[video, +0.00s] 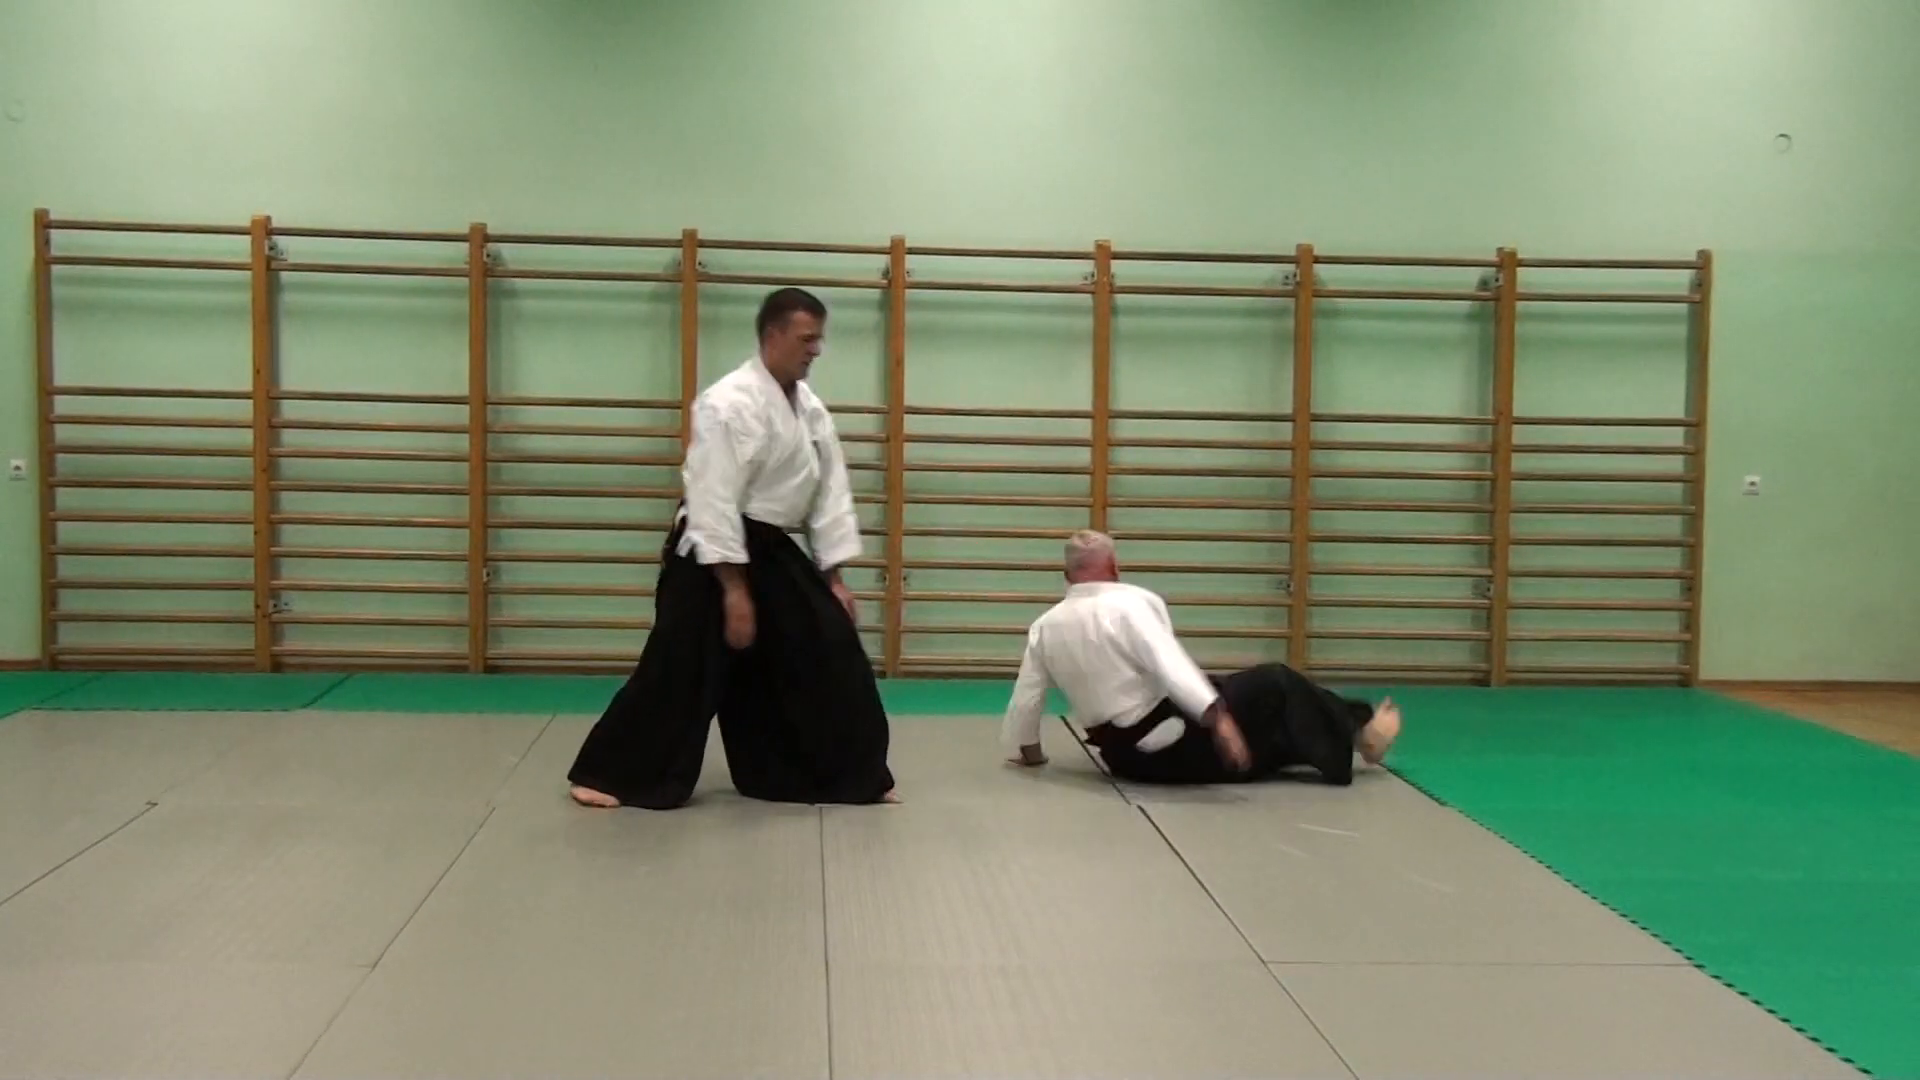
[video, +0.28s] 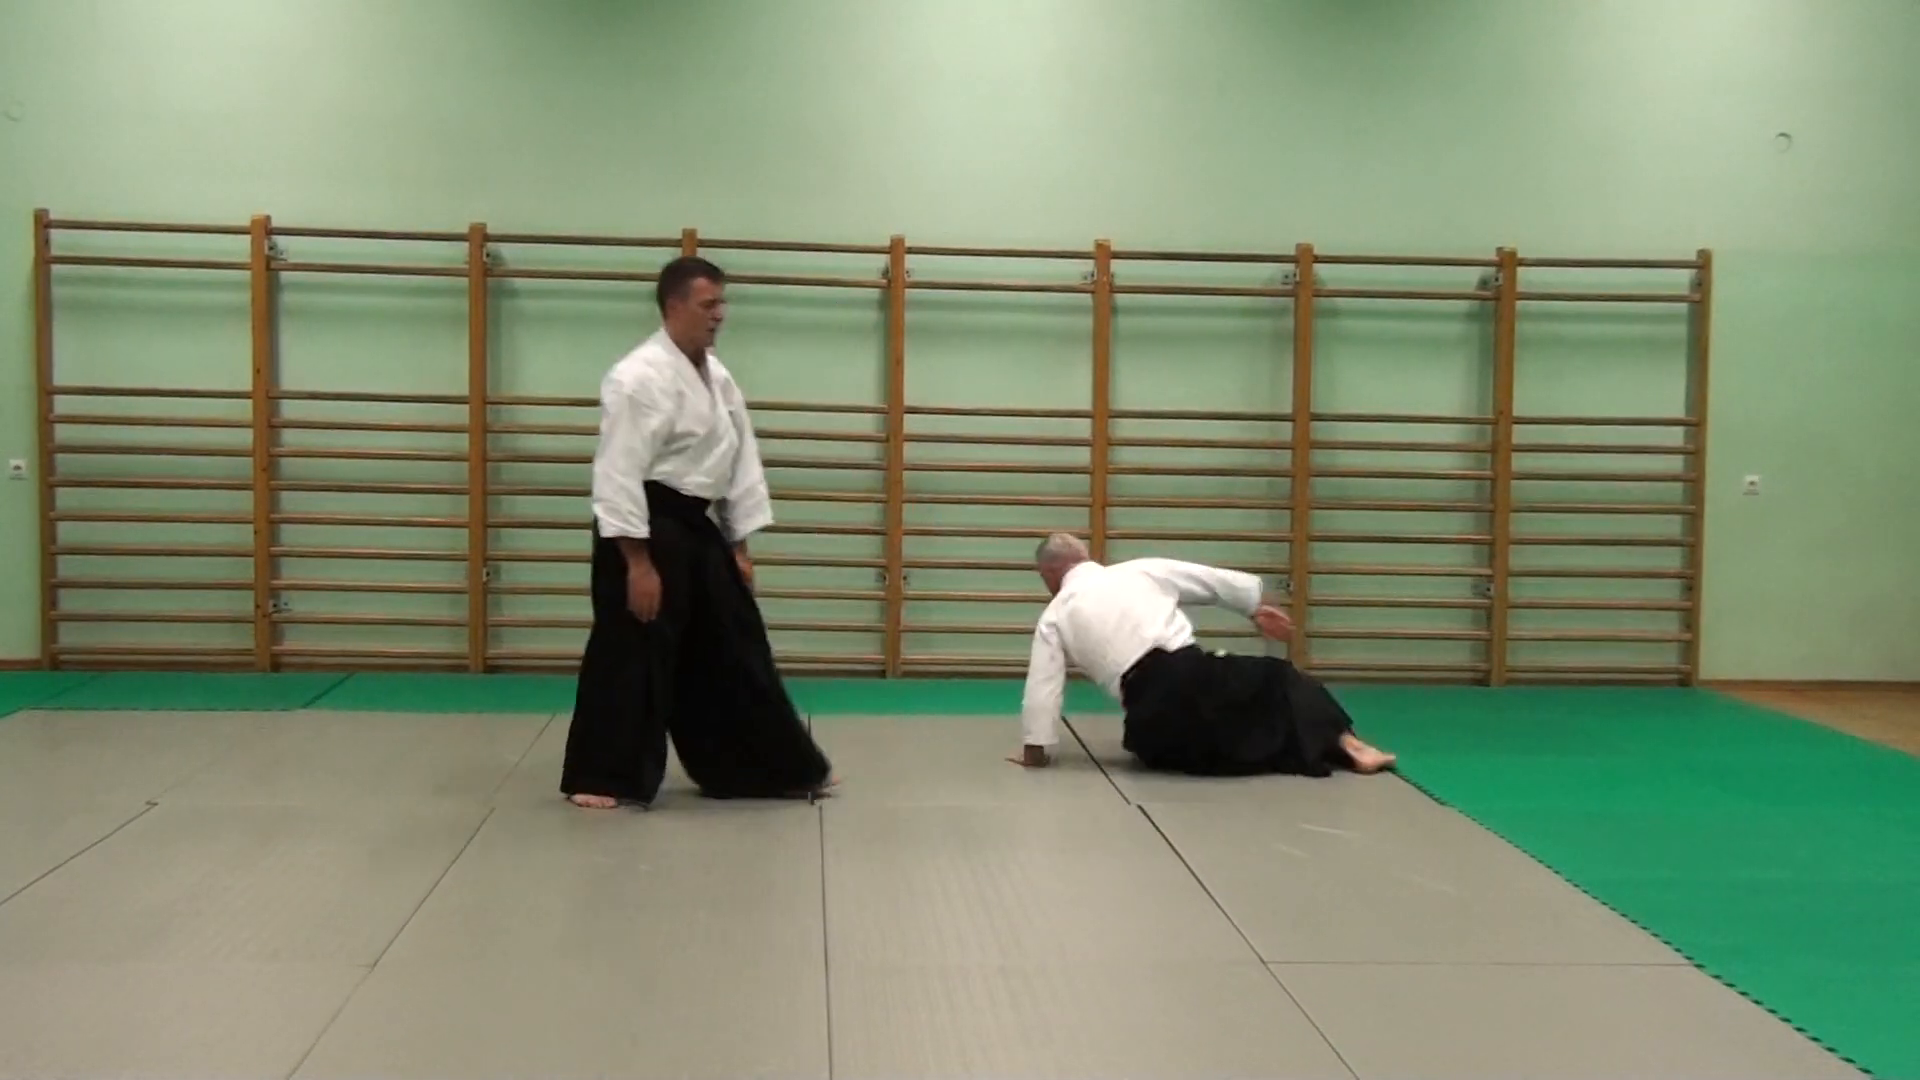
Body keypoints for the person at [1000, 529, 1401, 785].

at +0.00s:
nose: (1119, 569)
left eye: (1114, 564)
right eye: (1116, 563)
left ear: (1067, 574)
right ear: (1110, 567)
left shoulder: (1044, 628)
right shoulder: (1130, 603)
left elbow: (1024, 703)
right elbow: (1168, 664)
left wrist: (1026, 752)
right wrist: (1219, 717)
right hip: (1169, 739)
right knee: (1272, 681)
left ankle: (1354, 730)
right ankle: (1359, 733)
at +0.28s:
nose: (1047, 589)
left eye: (1045, 581)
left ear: (1050, 578)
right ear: (1088, 556)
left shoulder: (1055, 617)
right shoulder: (1136, 571)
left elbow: (1041, 691)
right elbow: (1212, 579)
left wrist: (1034, 753)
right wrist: (1257, 605)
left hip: (1147, 715)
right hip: (1190, 672)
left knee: (1236, 748)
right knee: (1279, 678)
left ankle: (1323, 751)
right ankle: (1350, 743)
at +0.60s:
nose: (1032, 568)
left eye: (1028, 560)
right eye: (1027, 562)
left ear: (1042, 545)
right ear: (1060, 528)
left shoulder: (1074, 575)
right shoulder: (1116, 524)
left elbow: (1058, 658)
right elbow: (1176, 526)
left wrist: (1041, 740)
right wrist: (1203, 580)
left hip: (1198, 631)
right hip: (1227, 596)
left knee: (1175, 735)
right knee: (1257, 677)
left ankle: (1269, 729)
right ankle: (1298, 710)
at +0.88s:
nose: (1035, 506)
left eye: (1039, 497)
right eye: (1036, 497)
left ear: (1067, 496)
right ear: (1074, 492)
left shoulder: (1094, 539)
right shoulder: (1125, 496)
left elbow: (1077, 618)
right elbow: (1164, 512)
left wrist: (1060, 685)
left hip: (1194, 628)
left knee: (1176, 734)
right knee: (1101, 652)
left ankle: (1262, 702)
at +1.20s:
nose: (1022, 438)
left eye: (1030, 429)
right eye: (1021, 429)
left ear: (1060, 433)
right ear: (1048, 435)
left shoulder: (1090, 480)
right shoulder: (1043, 477)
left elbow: (1129, 545)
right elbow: (1043, 531)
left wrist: (1130, 612)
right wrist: (1037, 577)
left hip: (1127, 598)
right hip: (1078, 592)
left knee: (1167, 686)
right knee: (1023, 630)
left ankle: (1248, 705)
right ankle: (1024, 725)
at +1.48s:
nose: (981, 366)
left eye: (989, 357)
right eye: (980, 358)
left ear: (1020, 361)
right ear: (982, 364)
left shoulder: (1058, 407)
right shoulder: (988, 423)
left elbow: (1108, 457)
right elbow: (989, 492)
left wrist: (1124, 521)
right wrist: (996, 556)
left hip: (1092, 536)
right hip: (1041, 542)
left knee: (1107, 628)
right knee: (1026, 634)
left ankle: (1167, 706)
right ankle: (1054, 729)